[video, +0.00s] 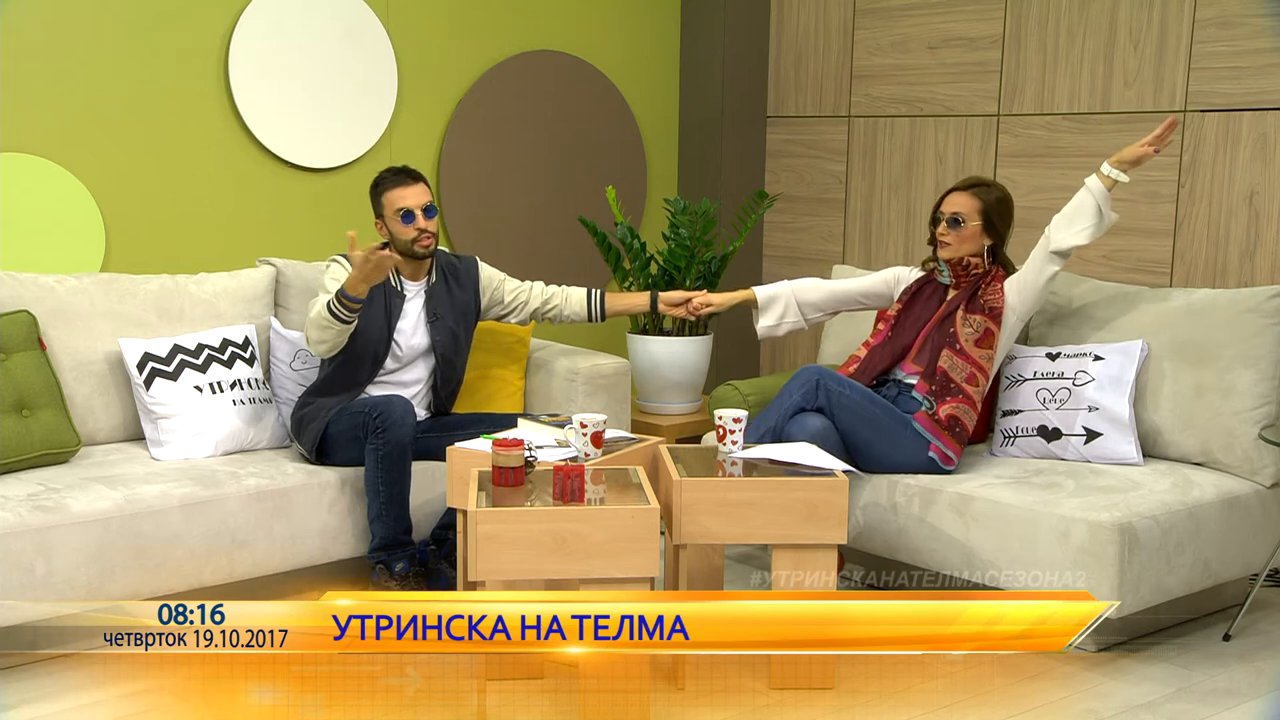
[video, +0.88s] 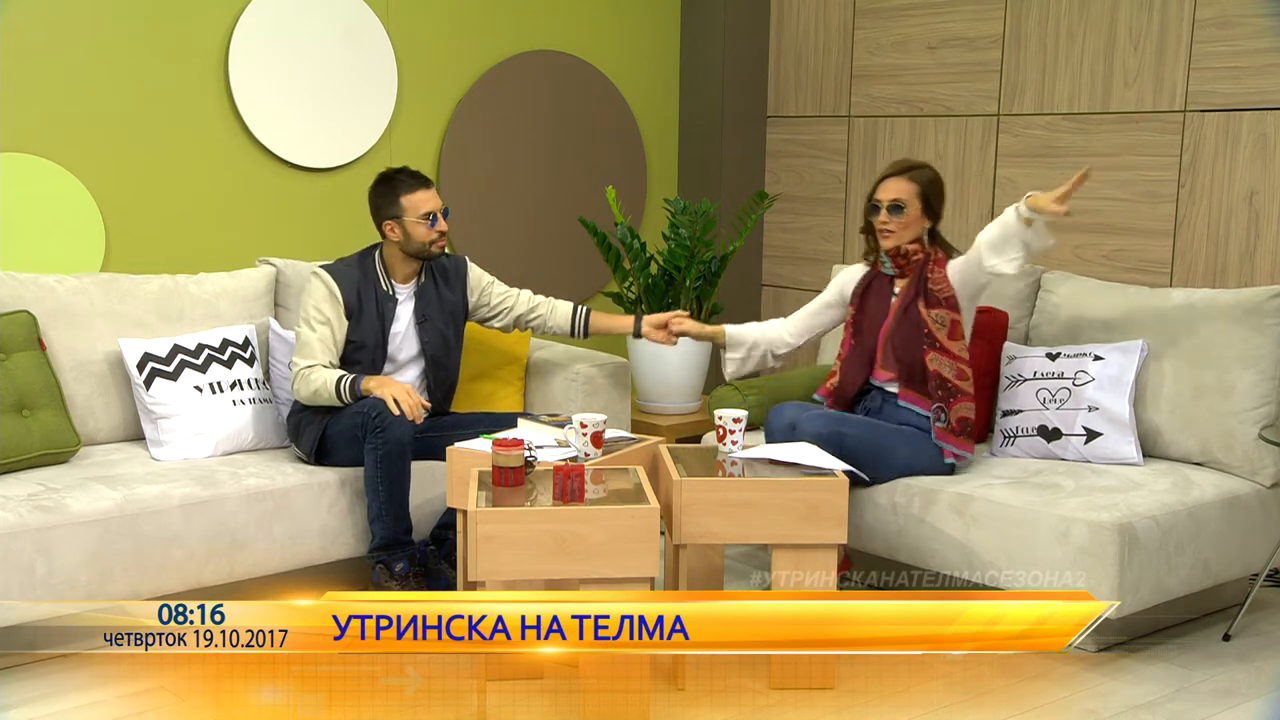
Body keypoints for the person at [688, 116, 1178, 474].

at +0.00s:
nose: (943, 231)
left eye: (957, 222)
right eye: (940, 222)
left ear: (992, 233)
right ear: (934, 231)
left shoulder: (1006, 297)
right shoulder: (911, 283)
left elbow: (1056, 245)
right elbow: (824, 291)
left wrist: (1115, 168)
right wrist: (730, 298)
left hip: (926, 435)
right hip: (869, 416)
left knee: (815, 376)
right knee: (807, 427)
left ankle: (730, 456)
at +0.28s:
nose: (942, 234)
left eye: (956, 225)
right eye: (937, 225)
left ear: (989, 235)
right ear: (932, 233)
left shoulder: (1003, 297)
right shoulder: (907, 283)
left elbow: (1053, 244)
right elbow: (822, 294)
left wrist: (1108, 169)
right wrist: (731, 297)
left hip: (931, 442)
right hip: (869, 423)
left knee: (831, 364)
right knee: (792, 421)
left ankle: (703, 415)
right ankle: (809, 567)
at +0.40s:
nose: (938, 238)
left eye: (952, 229)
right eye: (933, 229)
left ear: (985, 238)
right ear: (928, 236)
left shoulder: (1000, 296)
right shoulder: (906, 285)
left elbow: (1046, 244)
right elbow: (821, 294)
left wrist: (1097, 167)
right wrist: (730, 298)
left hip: (929, 440)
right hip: (868, 427)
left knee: (838, 360)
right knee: (764, 422)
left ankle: (700, 397)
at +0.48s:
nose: (930, 237)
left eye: (944, 228)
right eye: (927, 228)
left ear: (978, 237)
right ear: (924, 235)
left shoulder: (996, 297)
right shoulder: (903, 283)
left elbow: (1039, 244)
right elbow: (818, 296)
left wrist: (1091, 166)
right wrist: (733, 296)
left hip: (930, 441)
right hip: (869, 429)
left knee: (842, 359)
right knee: (782, 421)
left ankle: (718, 414)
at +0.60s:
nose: (920, 235)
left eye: (934, 226)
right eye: (917, 226)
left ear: (969, 234)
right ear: (913, 232)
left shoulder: (991, 294)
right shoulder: (896, 285)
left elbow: (1028, 247)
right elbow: (816, 299)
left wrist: (1076, 171)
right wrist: (725, 300)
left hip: (931, 437)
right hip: (864, 423)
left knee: (836, 368)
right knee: (772, 398)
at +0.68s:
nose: (913, 233)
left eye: (927, 222)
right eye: (909, 222)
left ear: (962, 228)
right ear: (905, 229)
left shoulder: (988, 293)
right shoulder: (890, 284)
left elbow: (1024, 248)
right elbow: (806, 311)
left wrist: (1067, 178)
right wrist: (714, 306)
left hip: (931, 430)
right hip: (869, 415)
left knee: (824, 388)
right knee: (782, 395)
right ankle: (762, 532)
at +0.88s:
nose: (882, 220)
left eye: (897, 209)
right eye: (877, 210)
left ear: (929, 216)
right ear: (870, 219)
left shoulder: (954, 279)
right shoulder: (857, 281)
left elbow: (992, 249)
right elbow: (786, 334)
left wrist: (1027, 212)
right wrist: (704, 331)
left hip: (925, 433)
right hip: (861, 417)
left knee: (808, 427)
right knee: (779, 418)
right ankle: (819, 560)